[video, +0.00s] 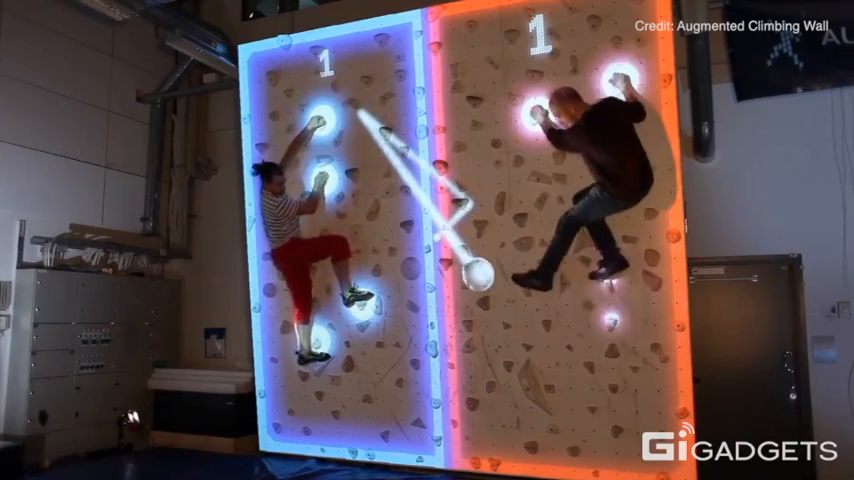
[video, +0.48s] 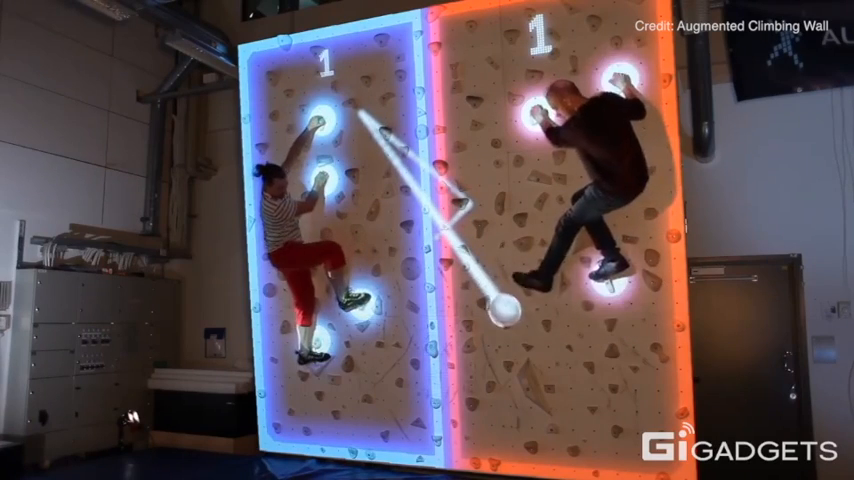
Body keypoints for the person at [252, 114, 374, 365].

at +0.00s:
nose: (283, 185)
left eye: (283, 181)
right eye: (278, 183)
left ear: (279, 179)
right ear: (268, 184)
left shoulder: (269, 192)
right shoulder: (278, 203)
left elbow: (289, 156)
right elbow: (311, 207)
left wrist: (309, 129)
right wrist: (320, 185)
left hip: (286, 251)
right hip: (291, 251)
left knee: (302, 300)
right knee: (337, 244)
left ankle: (305, 352)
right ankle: (348, 293)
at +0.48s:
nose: (285, 188)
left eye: (285, 184)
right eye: (281, 186)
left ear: (282, 181)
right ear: (270, 187)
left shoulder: (270, 194)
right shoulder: (278, 205)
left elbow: (292, 158)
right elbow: (309, 206)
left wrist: (309, 131)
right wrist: (320, 186)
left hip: (283, 254)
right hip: (288, 252)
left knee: (306, 300)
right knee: (331, 250)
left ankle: (305, 352)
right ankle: (344, 297)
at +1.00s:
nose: (284, 186)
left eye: (284, 182)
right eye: (279, 183)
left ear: (281, 180)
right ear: (268, 185)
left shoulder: (270, 193)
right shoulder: (277, 203)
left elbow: (292, 157)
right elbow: (308, 204)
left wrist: (309, 130)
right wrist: (320, 185)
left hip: (285, 253)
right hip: (291, 251)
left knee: (304, 300)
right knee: (336, 248)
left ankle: (305, 352)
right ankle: (345, 297)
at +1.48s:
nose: (284, 187)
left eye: (284, 182)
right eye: (280, 184)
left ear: (283, 181)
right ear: (270, 186)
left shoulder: (271, 194)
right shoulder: (277, 204)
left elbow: (292, 158)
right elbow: (308, 205)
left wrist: (309, 131)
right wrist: (320, 186)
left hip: (285, 253)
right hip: (290, 251)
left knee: (307, 297)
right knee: (334, 248)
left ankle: (305, 351)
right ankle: (344, 298)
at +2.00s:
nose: (297, 199)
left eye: (299, 195)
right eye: (295, 195)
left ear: (284, 190)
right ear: (283, 192)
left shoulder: (277, 200)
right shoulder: (286, 212)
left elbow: (295, 161)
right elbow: (313, 210)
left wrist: (311, 130)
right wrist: (319, 186)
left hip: (279, 259)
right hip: (289, 258)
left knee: (310, 302)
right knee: (327, 289)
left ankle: (306, 347)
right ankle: (355, 331)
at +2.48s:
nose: (295, 184)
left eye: (294, 179)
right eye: (291, 182)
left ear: (288, 178)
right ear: (280, 184)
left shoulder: (276, 191)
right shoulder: (284, 203)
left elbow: (296, 158)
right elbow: (313, 206)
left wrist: (310, 131)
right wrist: (322, 186)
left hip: (286, 256)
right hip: (294, 251)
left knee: (316, 293)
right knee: (343, 248)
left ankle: (306, 346)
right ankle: (388, 273)